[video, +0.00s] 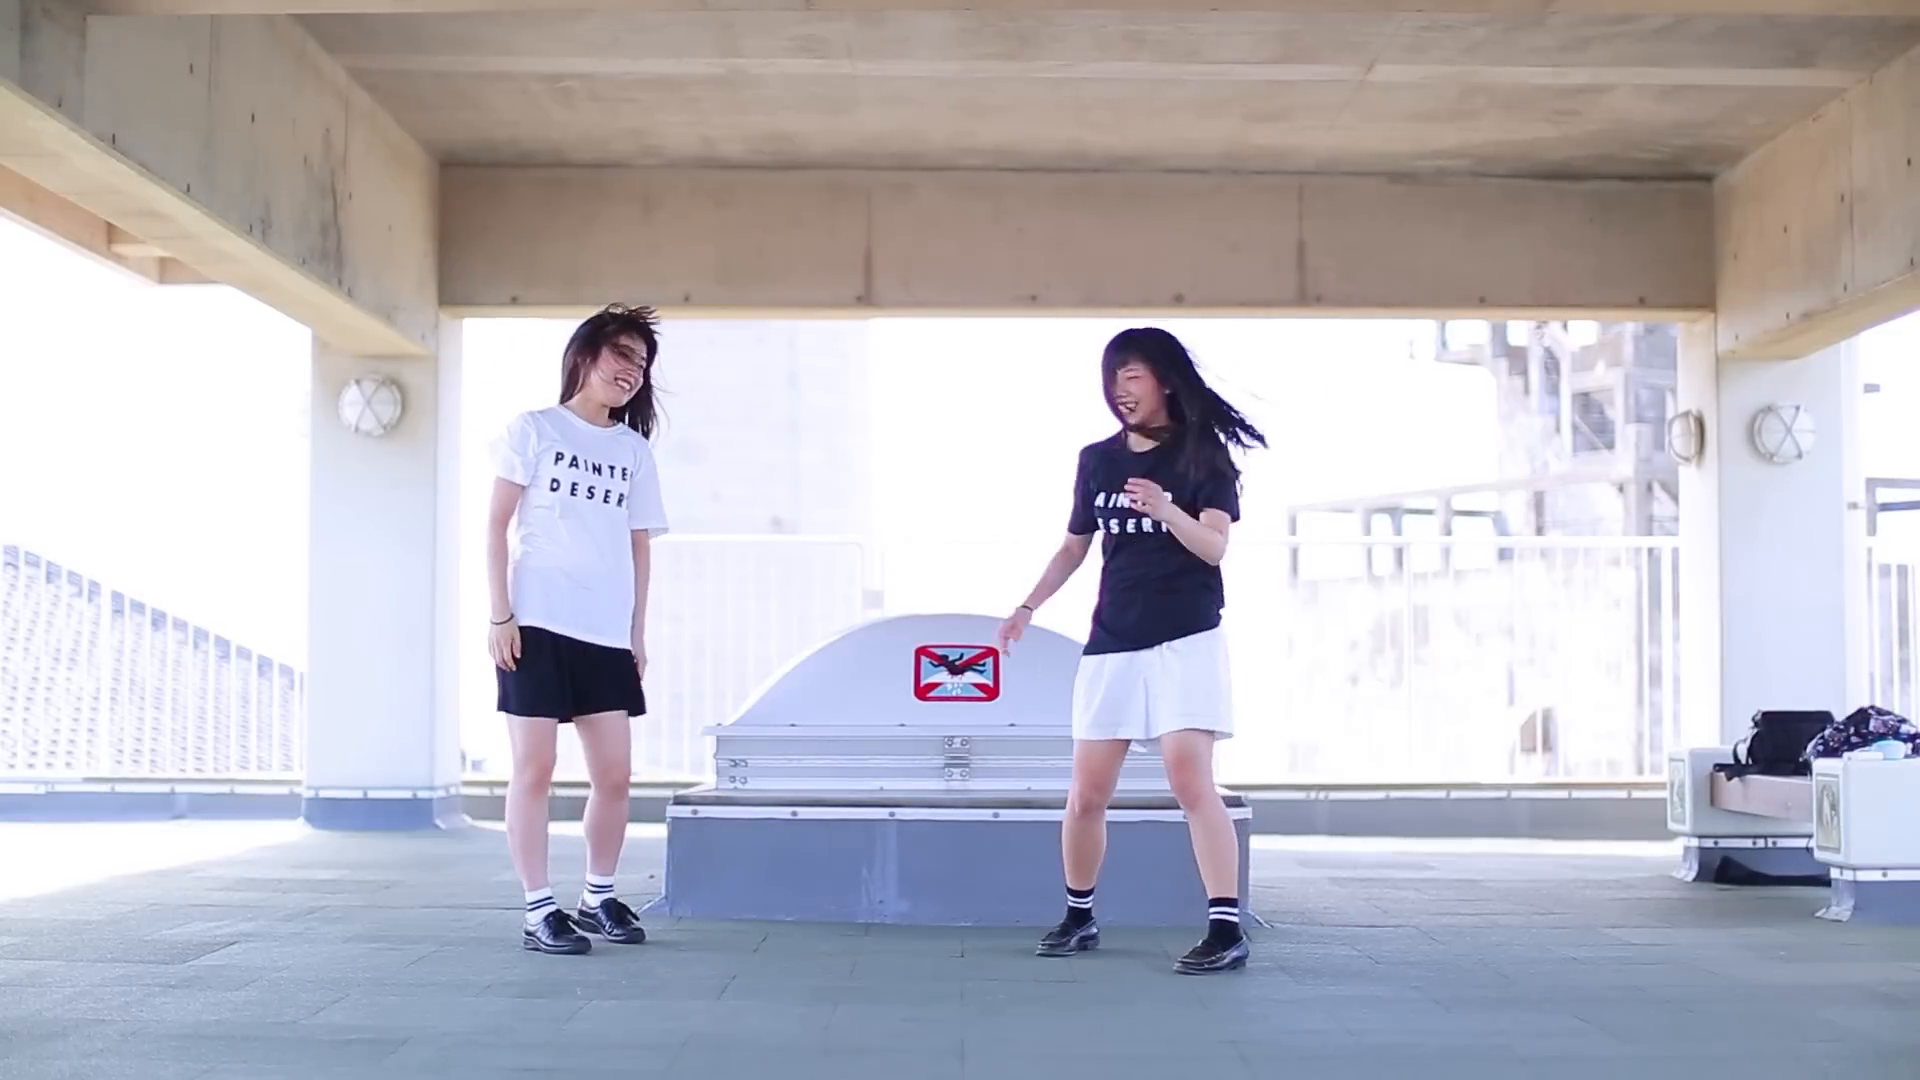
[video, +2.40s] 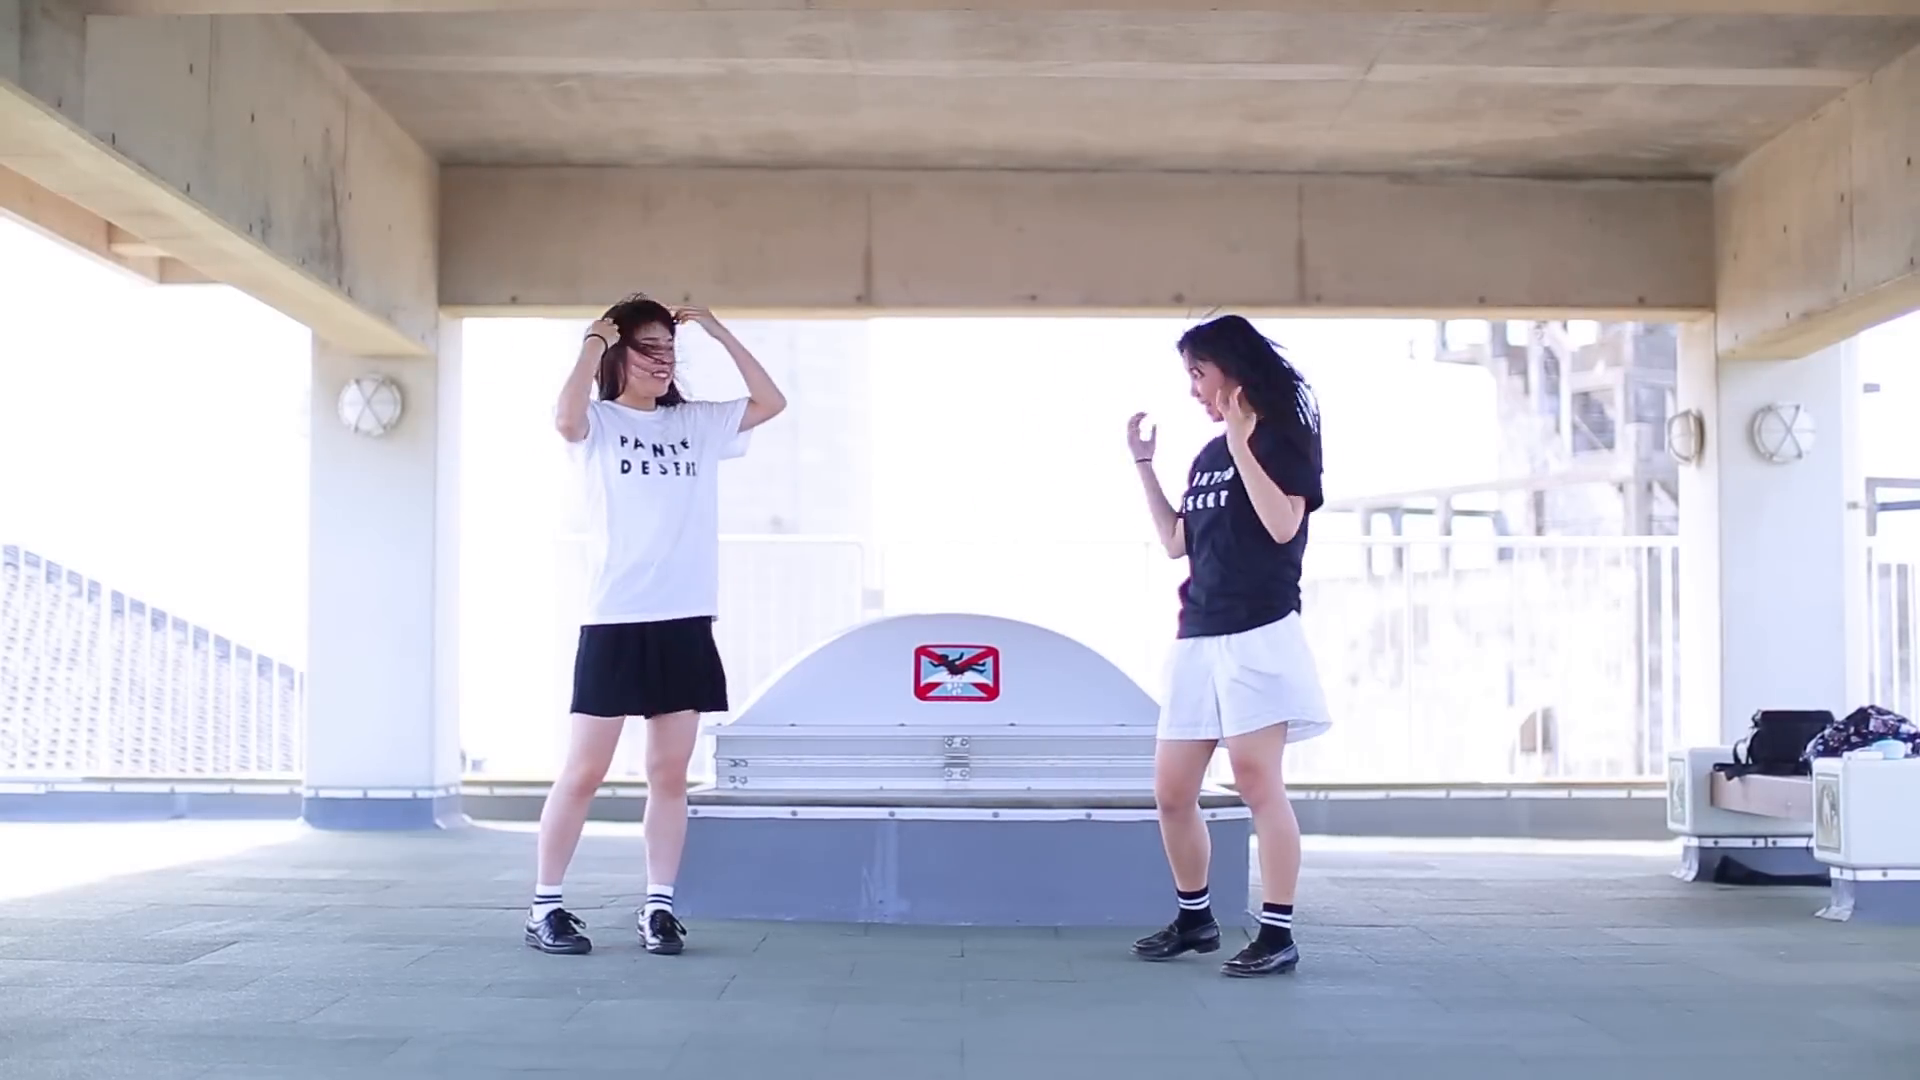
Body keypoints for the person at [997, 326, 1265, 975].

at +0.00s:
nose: (1122, 390)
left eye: (1134, 377)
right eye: (1115, 380)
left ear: (1169, 380)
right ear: (1109, 389)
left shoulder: (1206, 455)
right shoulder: (1099, 460)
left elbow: (1213, 548)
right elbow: (1075, 547)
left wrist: (1167, 510)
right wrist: (1028, 606)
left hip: (1186, 639)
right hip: (1112, 641)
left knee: (1191, 782)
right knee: (1086, 795)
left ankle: (1226, 929)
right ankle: (1078, 918)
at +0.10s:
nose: (1114, 391)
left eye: (1126, 379)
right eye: (1105, 382)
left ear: (1156, 383)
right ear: (1097, 392)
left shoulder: (1187, 452)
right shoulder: (1081, 463)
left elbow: (1197, 530)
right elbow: (1037, 550)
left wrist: (1158, 454)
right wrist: (1002, 550)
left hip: (1169, 637)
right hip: (1092, 640)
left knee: (1178, 775)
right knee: (1069, 790)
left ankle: (1221, 926)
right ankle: (1078, 919)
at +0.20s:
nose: (1099, 393)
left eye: (1110, 379)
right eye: (1089, 384)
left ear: (1141, 382)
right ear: (1080, 393)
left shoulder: (1175, 444)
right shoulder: (1069, 457)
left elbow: (1181, 501)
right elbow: (1017, 531)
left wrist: (1147, 422)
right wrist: (1009, 481)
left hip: (1157, 633)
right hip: (1079, 638)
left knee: (1174, 777)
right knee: (1067, 788)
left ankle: (1207, 919)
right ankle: (1077, 920)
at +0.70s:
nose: (1121, 411)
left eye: (1132, 397)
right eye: (1110, 401)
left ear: (1161, 395)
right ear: (1099, 405)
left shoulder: (1203, 454)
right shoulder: (1097, 464)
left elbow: (1257, 504)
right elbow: (1037, 517)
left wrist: (1225, 430)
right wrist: (1041, 447)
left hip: (1202, 646)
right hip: (1120, 651)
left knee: (1219, 788)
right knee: (1095, 791)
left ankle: (1229, 921)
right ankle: (1080, 921)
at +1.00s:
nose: (1164, 389)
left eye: (1175, 376)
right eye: (1152, 380)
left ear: (1206, 381)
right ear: (1144, 391)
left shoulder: (1238, 447)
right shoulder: (1136, 455)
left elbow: (1283, 500)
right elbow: (1096, 506)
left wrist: (1238, 418)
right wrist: (1130, 429)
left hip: (1241, 641)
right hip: (1165, 648)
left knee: (1240, 788)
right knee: (1157, 786)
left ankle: (1231, 920)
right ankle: (1094, 902)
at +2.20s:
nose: (1196, 391)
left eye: (1203, 378)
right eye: (1193, 381)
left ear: (1243, 372)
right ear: (1211, 384)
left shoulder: (1292, 441)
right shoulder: (1210, 454)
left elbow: (1265, 472)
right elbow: (1133, 475)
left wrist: (1258, 397)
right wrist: (1176, 412)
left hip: (1262, 637)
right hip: (1198, 642)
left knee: (1264, 784)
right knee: (1169, 790)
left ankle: (1276, 936)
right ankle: (1184, 927)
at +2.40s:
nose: (1194, 389)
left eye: (1201, 374)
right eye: (1191, 377)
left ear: (1237, 371)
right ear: (1213, 379)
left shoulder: (1286, 437)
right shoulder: (1211, 455)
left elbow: (1283, 523)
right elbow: (1176, 541)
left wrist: (1239, 442)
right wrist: (1145, 467)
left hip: (1259, 636)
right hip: (1197, 640)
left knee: (1258, 782)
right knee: (1173, 794)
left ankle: (1276, 936)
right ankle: (1195, 920)